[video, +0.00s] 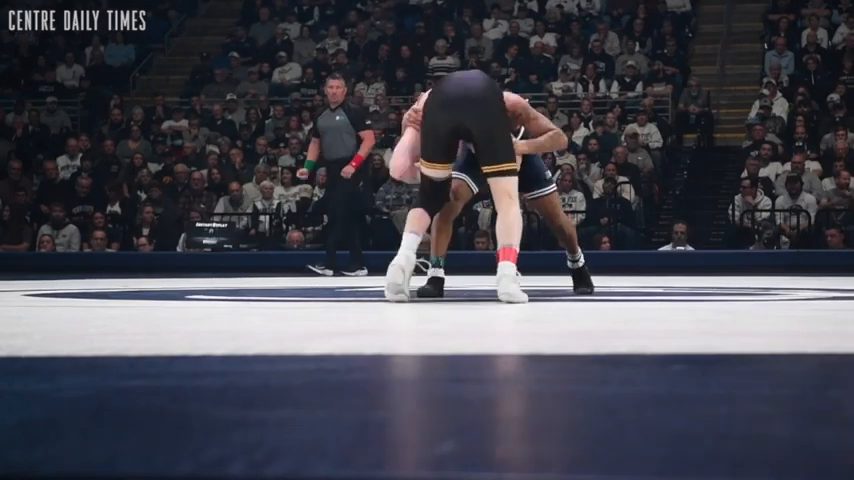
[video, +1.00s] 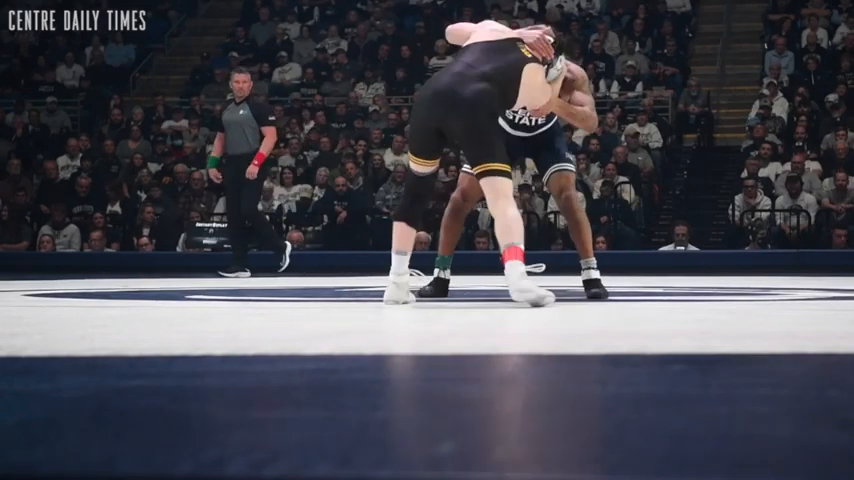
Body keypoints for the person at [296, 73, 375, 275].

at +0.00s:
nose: (334, 91)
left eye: (338, 87)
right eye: (330, 87)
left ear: (345, 90)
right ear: (325, 90)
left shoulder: (354, 112)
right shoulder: (321, 118)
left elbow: (369, 139)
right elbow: (315, 143)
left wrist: (354, 164)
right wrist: (307, 167)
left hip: (351, 168)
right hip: (332, 170)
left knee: (339, 214)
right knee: (344, 215)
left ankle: (330, 263)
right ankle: (357, 263)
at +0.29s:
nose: (311, 91)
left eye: (315, 87)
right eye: (308, 87)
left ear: (321, 90)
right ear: (302, 89)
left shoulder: (328, 112)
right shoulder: (295, 114)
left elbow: (344, 141)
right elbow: (288, 140)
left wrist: (332, 167)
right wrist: (284, 165)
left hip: (321, 167)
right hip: (301, 168)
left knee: (314, 216)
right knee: (308, 217)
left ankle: (311, 266)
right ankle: (345, 252)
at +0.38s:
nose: (304, 90)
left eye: (308, 86)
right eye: (300, 86)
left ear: (315, 89)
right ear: (295, 88)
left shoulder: (322, 111)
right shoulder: (289, 113)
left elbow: (335, 141)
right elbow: (281, 138)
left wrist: (319, 165)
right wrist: (276, 163)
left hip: (314, 164)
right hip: (296, 164)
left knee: (311, 215)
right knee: (294, 215)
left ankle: (311, 264)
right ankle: (331, 245)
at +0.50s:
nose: (295, 88)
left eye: (299, 84)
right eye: (292, 84)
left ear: (305, 86)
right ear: (286, 87)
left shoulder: (313, 108)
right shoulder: (279, 111)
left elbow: (322, 139)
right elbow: (273, 138)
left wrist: (301, 160)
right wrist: (266, 165)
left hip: (308, 165)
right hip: (286, 165)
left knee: (305, 212)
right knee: (276, 213)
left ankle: (311, 264)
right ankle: (302, 254)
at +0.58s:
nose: (287, 88)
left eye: (291, 84)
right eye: (283, 84)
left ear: (298, 86)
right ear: (277, 86)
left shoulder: (306, 109)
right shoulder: (273, 112)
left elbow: (313, 138)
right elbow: (267, 140)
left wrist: (290, 158)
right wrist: (260, 165)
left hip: (301, 166)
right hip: (278, 166)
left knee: (303, 213)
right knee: (268, 210)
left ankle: (308, 263)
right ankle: (275, 260)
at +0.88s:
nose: (253, 88)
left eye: (257, 84)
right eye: (250, 84)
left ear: (264, 87)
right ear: (243, 87)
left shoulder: (270, 108)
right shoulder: (239, 113)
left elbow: (281, 138)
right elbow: (235, 140)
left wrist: (262, 161)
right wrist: (230, 168)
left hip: (268, 166)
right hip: (245, 167)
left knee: (273, 211)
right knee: (241, 213)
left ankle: (301, 256)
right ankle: (241, 265)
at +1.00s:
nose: (240, 86)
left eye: (244, 82)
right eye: (237, 82)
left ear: (251, 85)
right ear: (230, 85)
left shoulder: (258, 106)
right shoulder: (226, 109)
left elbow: (271, 136)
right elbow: (220, 137)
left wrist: (256, 163)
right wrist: (212, 163)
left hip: (252, 163)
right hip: (231, 163)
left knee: (248, 211)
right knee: (234, 215)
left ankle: (281, 247)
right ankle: (240, 265)